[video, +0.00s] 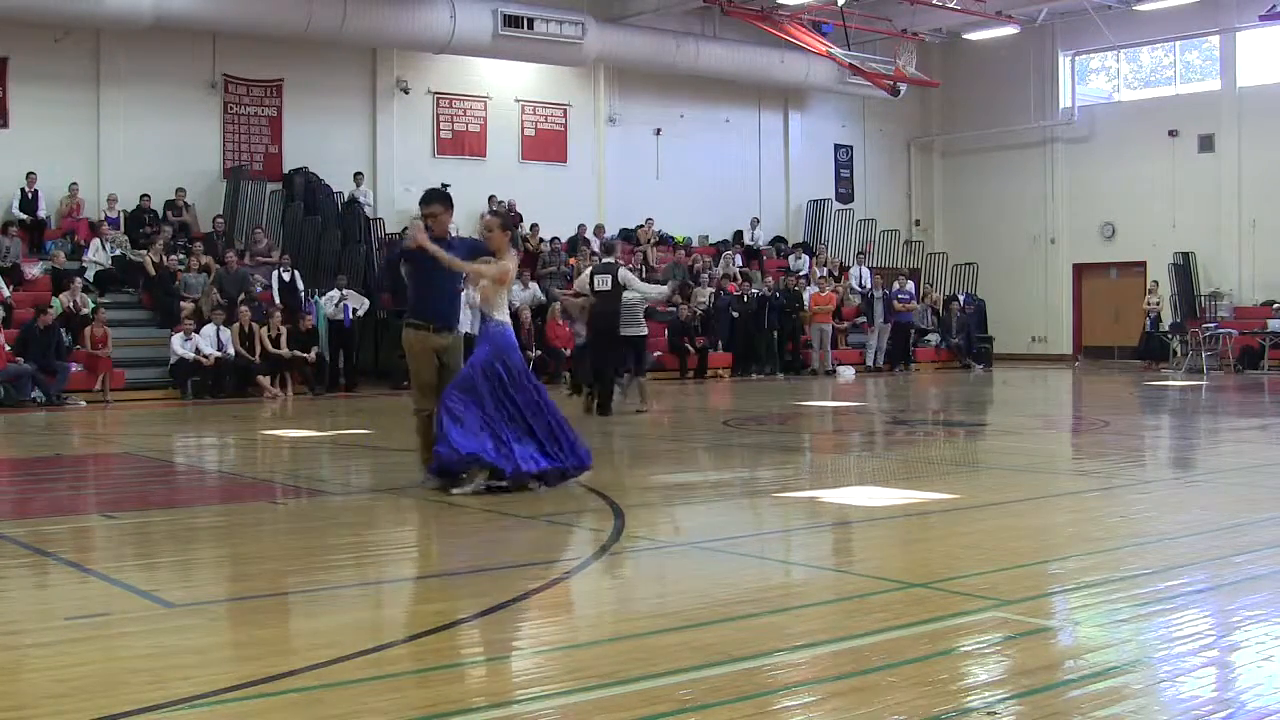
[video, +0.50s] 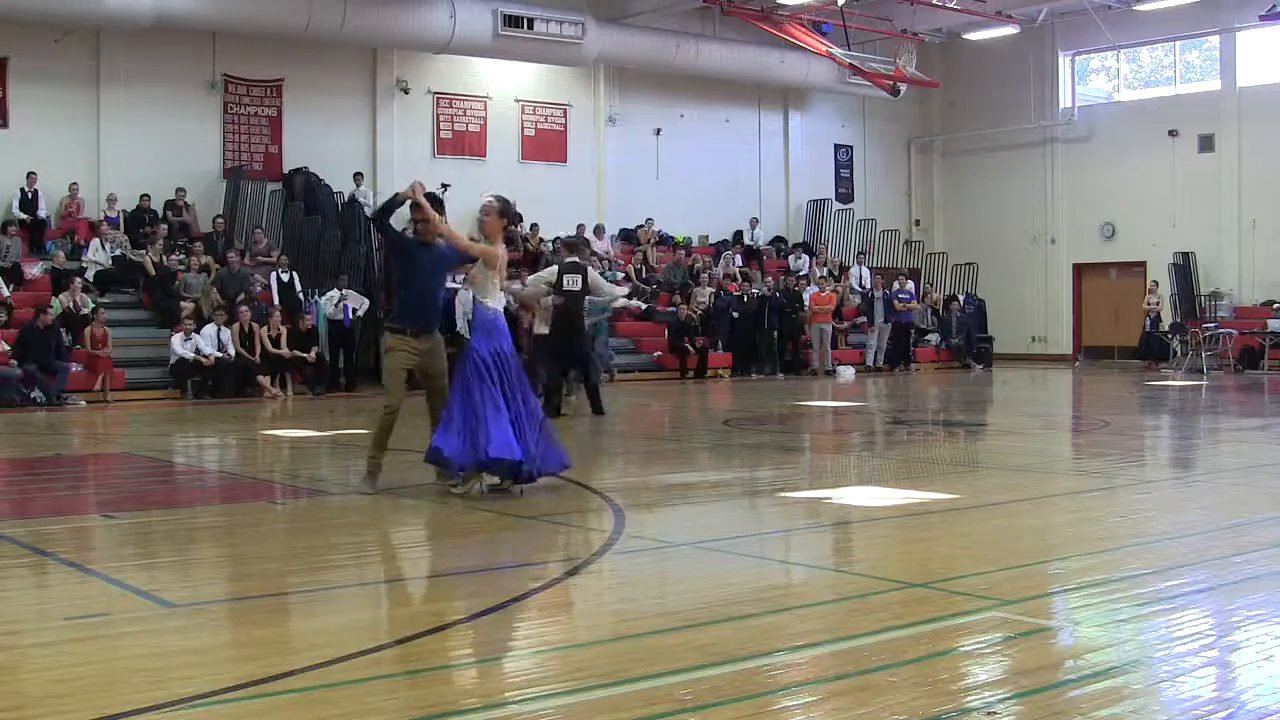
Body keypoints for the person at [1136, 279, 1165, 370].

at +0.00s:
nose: (1152, 288)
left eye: (1154, 286)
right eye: (1151, 286)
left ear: (1157, 287)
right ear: (1149, 287)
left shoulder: (1160, 297)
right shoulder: (1147, 297)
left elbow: (1160, 308)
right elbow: (1144, 306)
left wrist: (1150, 308)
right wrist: (1153, 307)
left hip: (1157, 318)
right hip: (1149, 318)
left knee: (1156, 338)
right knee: (1148, 338)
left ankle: (1156, 361)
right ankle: (1148, 361)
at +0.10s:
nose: (1152, 288)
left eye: (1154, 286)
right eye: (1151, 286)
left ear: (1157, 287)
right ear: (1149, 287)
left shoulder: (1160, 297)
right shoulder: (1147, 297)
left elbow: (1160, 308)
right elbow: (1144, 306)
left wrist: (1150, 308)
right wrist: (1153, 307)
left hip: (1157, 318)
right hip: (1149, 318)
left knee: (1156, 338)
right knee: (1148, 338)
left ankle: (1155, 361)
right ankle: (1148, 361)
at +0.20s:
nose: (1152, 288)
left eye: (1154, 286)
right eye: (1151, 286)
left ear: (1157, 287)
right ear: (1149, 287)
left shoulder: (1160, 297)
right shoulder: (1147, 297)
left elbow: (1160, 308)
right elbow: (1144, 306)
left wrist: (1150, 308)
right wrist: (1153, 307)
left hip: (1157, 318)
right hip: (1149, 318)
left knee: (1156, 338)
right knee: (1148, 338)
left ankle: (1155, 361)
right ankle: (1148, 361)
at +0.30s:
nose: (1152, 288)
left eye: (1154, 286)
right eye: (1151, 286)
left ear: (1157, 287)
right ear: (1149, 287)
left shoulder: (1160, 297)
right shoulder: (1147, 297)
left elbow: (1160, 308)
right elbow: (1144, 306)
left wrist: (1150, 308)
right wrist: (1153, 307)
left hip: (1157, 318)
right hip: (1149, 318)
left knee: (1156, 338)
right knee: (1148, 338)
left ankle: (1155, 361)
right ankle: (1148, 361)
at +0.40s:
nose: (1151, 288)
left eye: (1153, 286)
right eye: (1150, 286)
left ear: (1157, 287)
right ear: (1149, 287)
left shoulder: (1160, 297)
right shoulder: (1147, 297)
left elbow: (1160, 308)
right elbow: (1144, 306)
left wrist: (1149, 308)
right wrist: (1155, 307)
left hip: (1157, 318)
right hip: (1149, 318)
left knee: (1156, 339)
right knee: (1147, 338)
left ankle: (1155, 361)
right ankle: (1148, 361)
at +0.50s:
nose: (1151, 288)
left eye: (1153, 286)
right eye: (1150, 286)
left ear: (1157, 287)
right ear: (1149, 287)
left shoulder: (1160, 296)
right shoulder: (1147, 297)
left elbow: (1160, 308)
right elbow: (1144, 306)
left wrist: (1149, 308)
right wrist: (1154, 307)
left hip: (1156, 318)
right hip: (1149, 317)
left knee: (1156, 338)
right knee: (1148, 337)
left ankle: (1155, 361)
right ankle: (1148, 360)